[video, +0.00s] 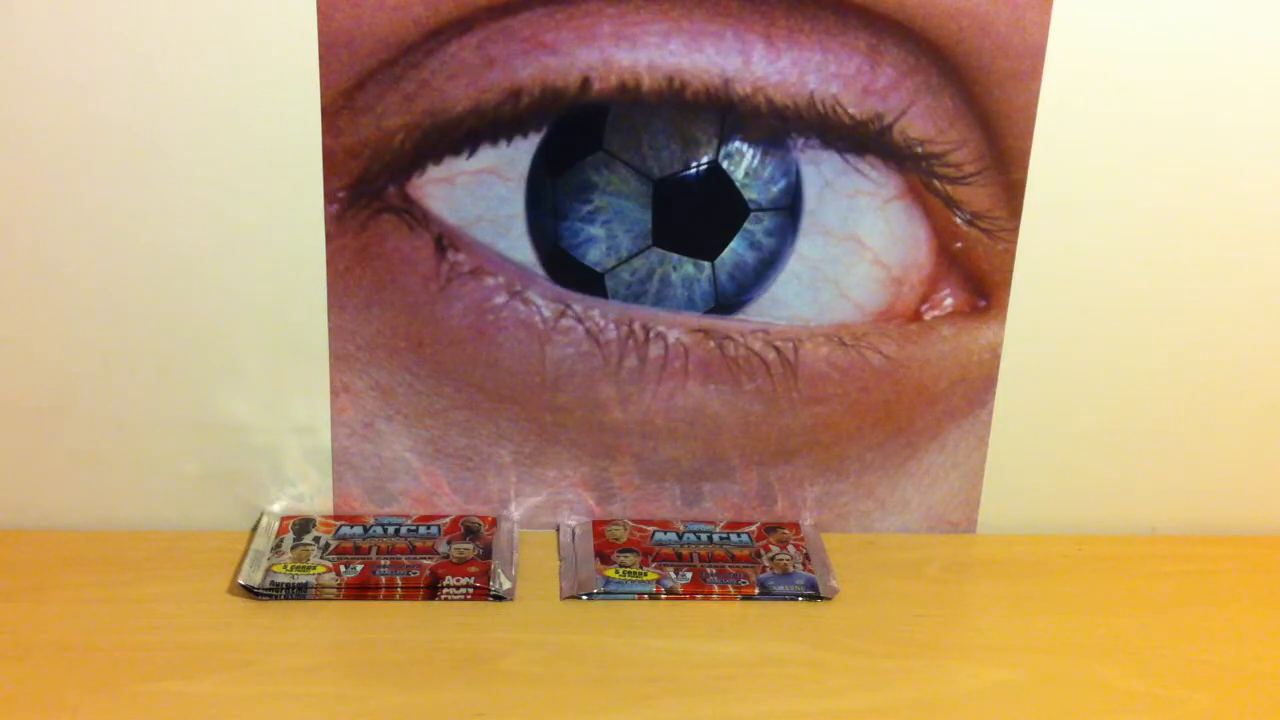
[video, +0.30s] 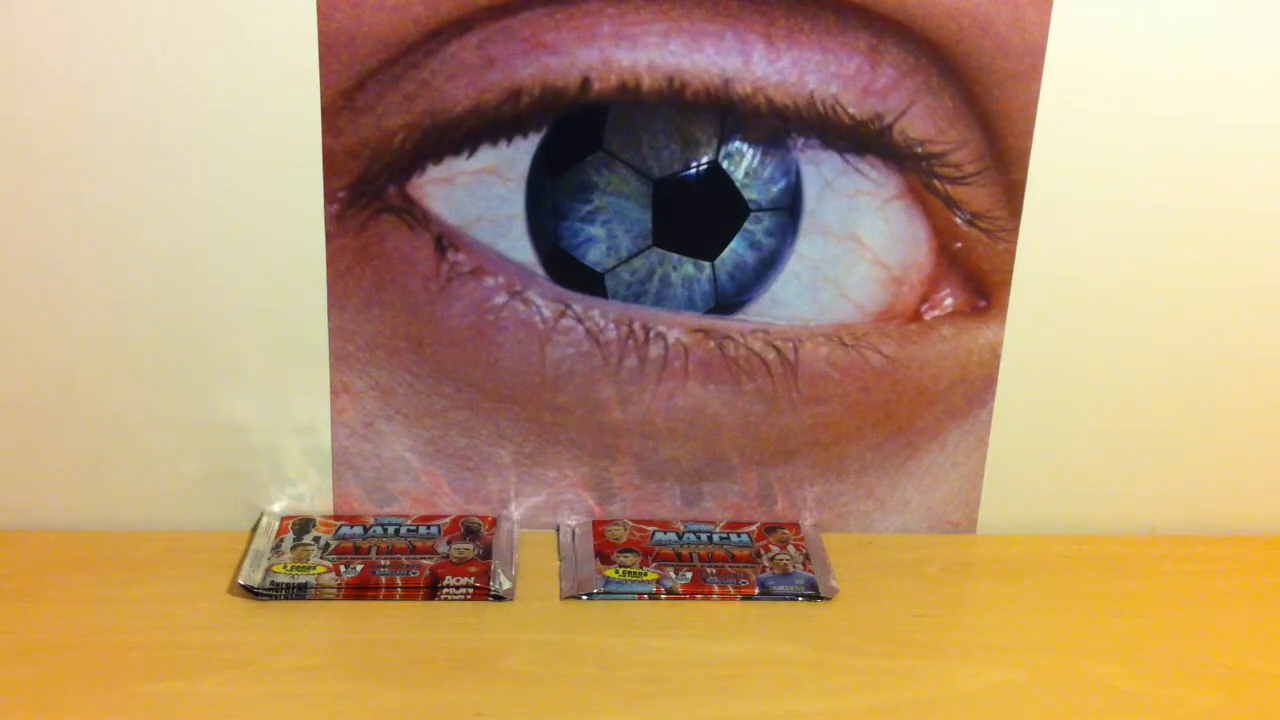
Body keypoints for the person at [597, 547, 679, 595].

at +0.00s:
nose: (621, 560)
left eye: (626, 557)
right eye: (619, 557)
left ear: (638, 558)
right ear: (617, 558)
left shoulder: (650, 573)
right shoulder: (610, 571)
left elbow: (665, 582)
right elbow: (597, 586)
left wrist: (672, 588)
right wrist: (597, 574)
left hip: (642, 604)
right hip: (614, 604)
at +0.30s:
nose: (621, 560)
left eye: (626, 557)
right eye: (619, 557)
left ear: (638, 558)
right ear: (616, 558)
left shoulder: (651, 573)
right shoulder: (609, 571)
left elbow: (666, 583)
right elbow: (597, 587)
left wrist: (673, 588)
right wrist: (597, 573)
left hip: (641, 605)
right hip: (612, 604)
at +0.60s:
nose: (621, 560)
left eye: (625, 557)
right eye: (619, 557)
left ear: (638, 558)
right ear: (616, 559)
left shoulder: (651, 573)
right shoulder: (610, 572)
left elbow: (667, 584)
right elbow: (597, 587)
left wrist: (673, 588)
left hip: (642, 606)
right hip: (613, 606)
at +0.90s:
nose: (621, 560)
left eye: (625, 557)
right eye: (619, 557)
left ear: (638, 558)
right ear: (616, 559)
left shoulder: (651, 573)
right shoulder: (610, 572)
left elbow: (667, 584)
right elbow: (597, 587)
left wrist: (673, 588)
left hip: (642, 606)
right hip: (613, 606)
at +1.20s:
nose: (621, 560)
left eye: (626, 557)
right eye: (619, 557)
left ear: (638, 558)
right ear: (616, 559)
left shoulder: (651, 573)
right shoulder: (609, 572)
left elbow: (669, 586)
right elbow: (597, 588)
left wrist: (675, 589)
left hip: (642, 606)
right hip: (613, 606)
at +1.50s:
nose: (621, 560)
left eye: (626, 557)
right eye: (619, 557)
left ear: (638, 558)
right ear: (616, 558)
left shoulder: (651, 573)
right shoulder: (609, 572)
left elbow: (669, 586)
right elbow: (597, 587)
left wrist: (675, 589)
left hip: (642, 606)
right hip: (613, 606)